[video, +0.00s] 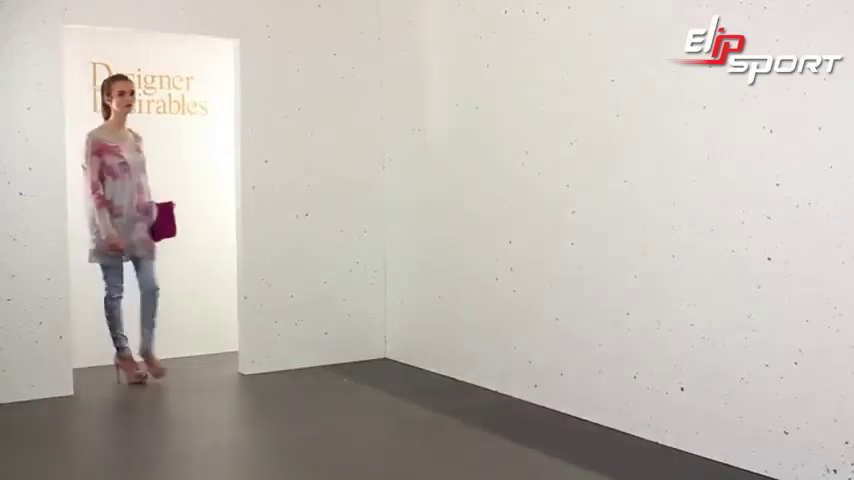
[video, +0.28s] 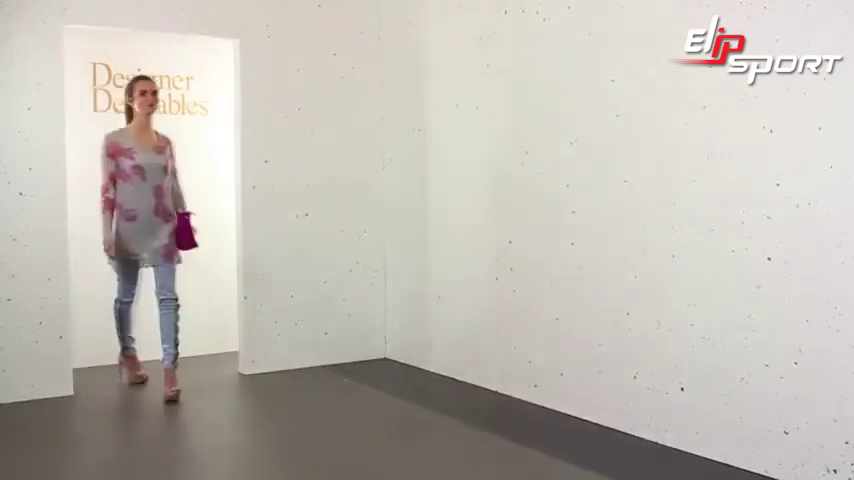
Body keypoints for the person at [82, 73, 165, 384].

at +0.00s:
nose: (127, 99)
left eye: (130, 94)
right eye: (120, 94)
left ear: (134, 98)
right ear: (108, 99)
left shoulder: (135, 139)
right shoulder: (96, 138)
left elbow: (141, 184)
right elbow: (95, 189)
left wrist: (151, 221)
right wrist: (108, 231)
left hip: (139, 224)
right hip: (111, 226)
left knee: (150, 287)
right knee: (115, 290)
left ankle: (147, 351)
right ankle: (122, 355)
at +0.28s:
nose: (149, 99)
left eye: (153, 93)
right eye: (143, 94)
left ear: (158, 99)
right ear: (131, 100)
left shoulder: (164, 143)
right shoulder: (114, 140)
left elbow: (174, 186)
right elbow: (108, 189)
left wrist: (184, 221)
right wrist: (107, 232)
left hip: (163, 229)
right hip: (128, 230)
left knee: (168, 297)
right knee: (126, 297)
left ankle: (170, 369)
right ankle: (128, 355)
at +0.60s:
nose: (168, 86)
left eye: (173, 80)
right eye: (162, 81)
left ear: (178, 86)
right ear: (150, 87)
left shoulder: (188, 133)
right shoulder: (133, 130)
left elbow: (199, 182)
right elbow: (123, 182)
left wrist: (211, 219)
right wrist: (116, 228)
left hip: (180, 224)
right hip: (144, 222)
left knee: (176, 298)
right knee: (161, 293)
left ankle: (170, 368)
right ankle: (165, 368)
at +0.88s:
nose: (180, 86)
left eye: (185, 80)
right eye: (173, 80)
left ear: (191, 86)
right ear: (160, 87)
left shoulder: (205, 134)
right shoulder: (146, 135)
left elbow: (216, 183)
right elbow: (138, 190)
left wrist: (225, 223)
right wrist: (130, 238)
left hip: (196, 233)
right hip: (158, 230)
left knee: (190, 313)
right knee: (170, 309)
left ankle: (174, 372)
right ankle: (189, 389)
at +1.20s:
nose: (201, 78)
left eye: (206, 73)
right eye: (195, 72)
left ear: (209, 79)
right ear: (177, 75)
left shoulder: (215, 127)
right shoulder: (155, 125)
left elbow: (230, 178)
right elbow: (150, 182)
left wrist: (243, 222)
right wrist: (148, 233)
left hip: (218, 233)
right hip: (176, 233)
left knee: (220, 315)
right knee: (179, 314)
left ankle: (224, 396)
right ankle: (188, 388)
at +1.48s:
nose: (225, 68)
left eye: (228, 62)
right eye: (217, 60)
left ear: (231, 70)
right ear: (197, 66)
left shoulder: (237, 126)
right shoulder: (173, 120)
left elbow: (249, 181)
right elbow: (166, 182)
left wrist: (262, 229)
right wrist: (163, 238)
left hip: (239, 236)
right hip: (195, 237)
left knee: (235, 327)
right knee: (205, 324)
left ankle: (226, 411)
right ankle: (195, 383)